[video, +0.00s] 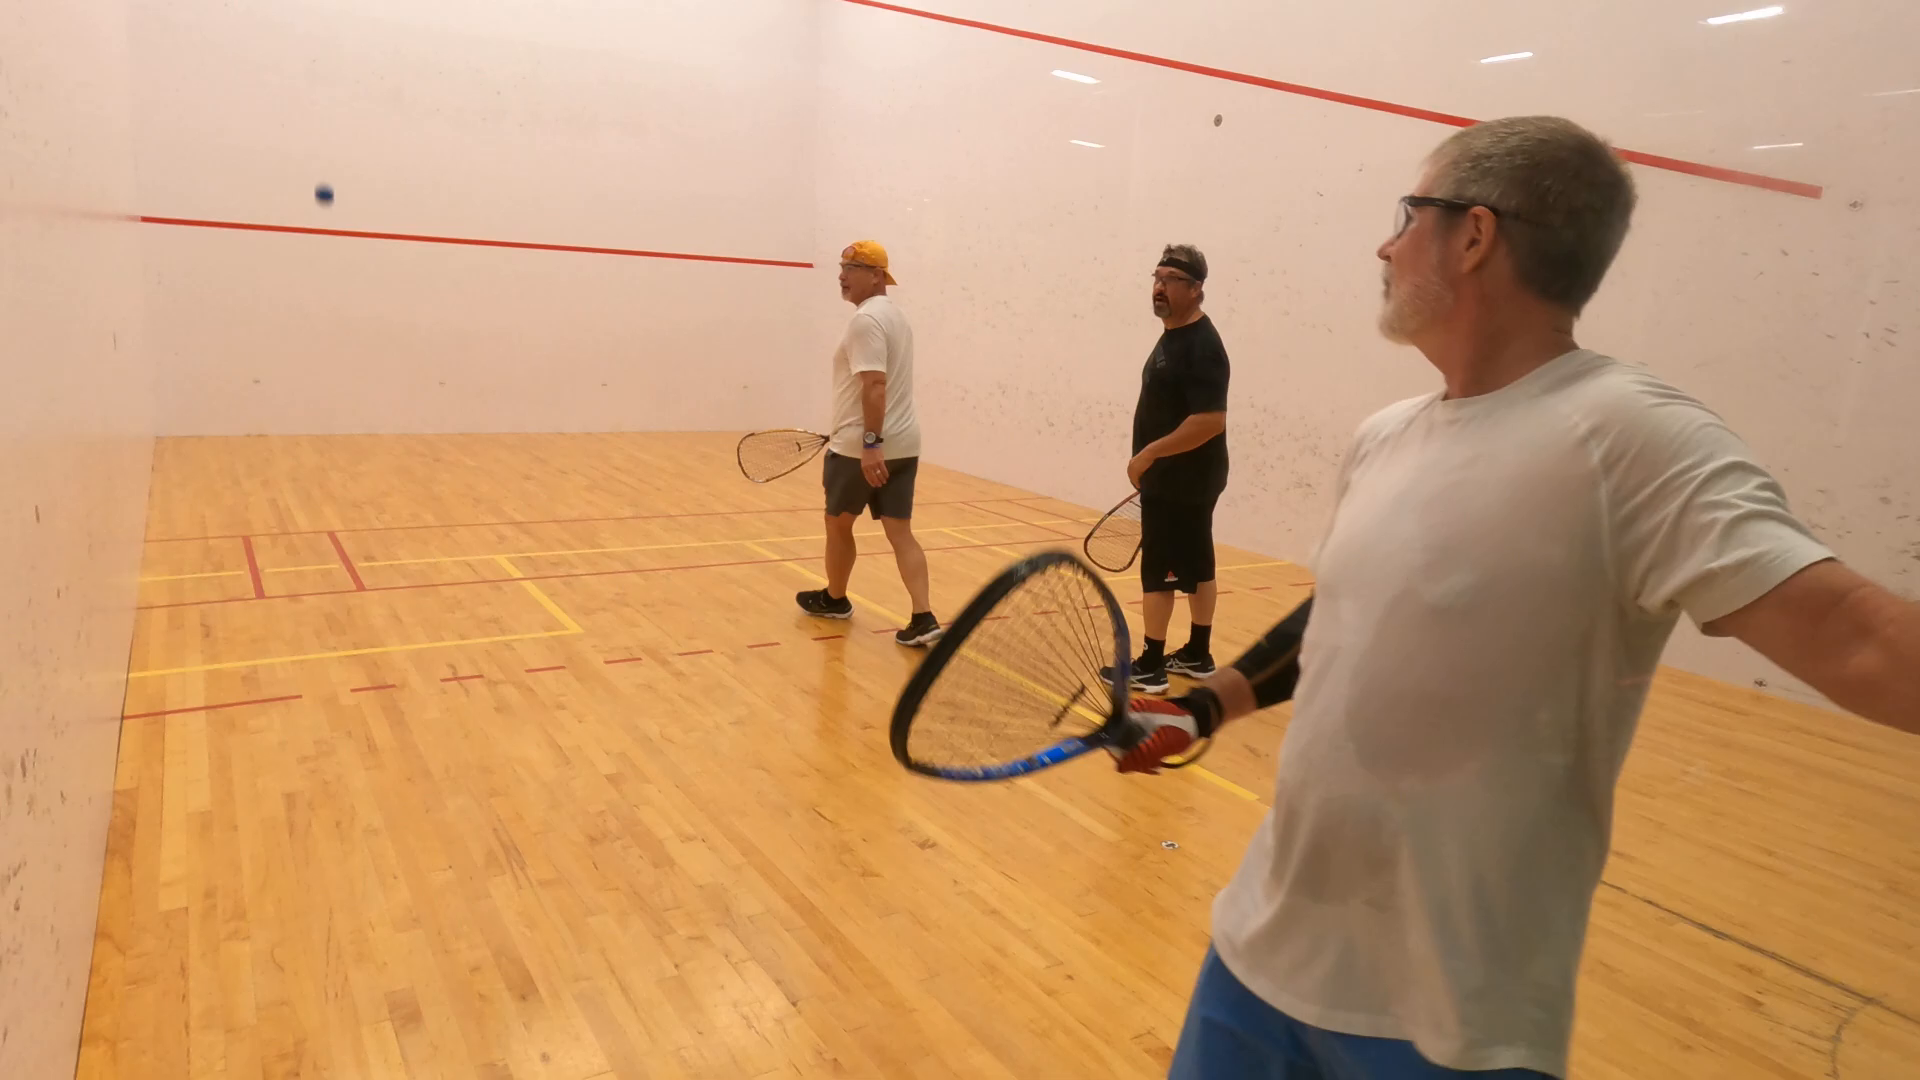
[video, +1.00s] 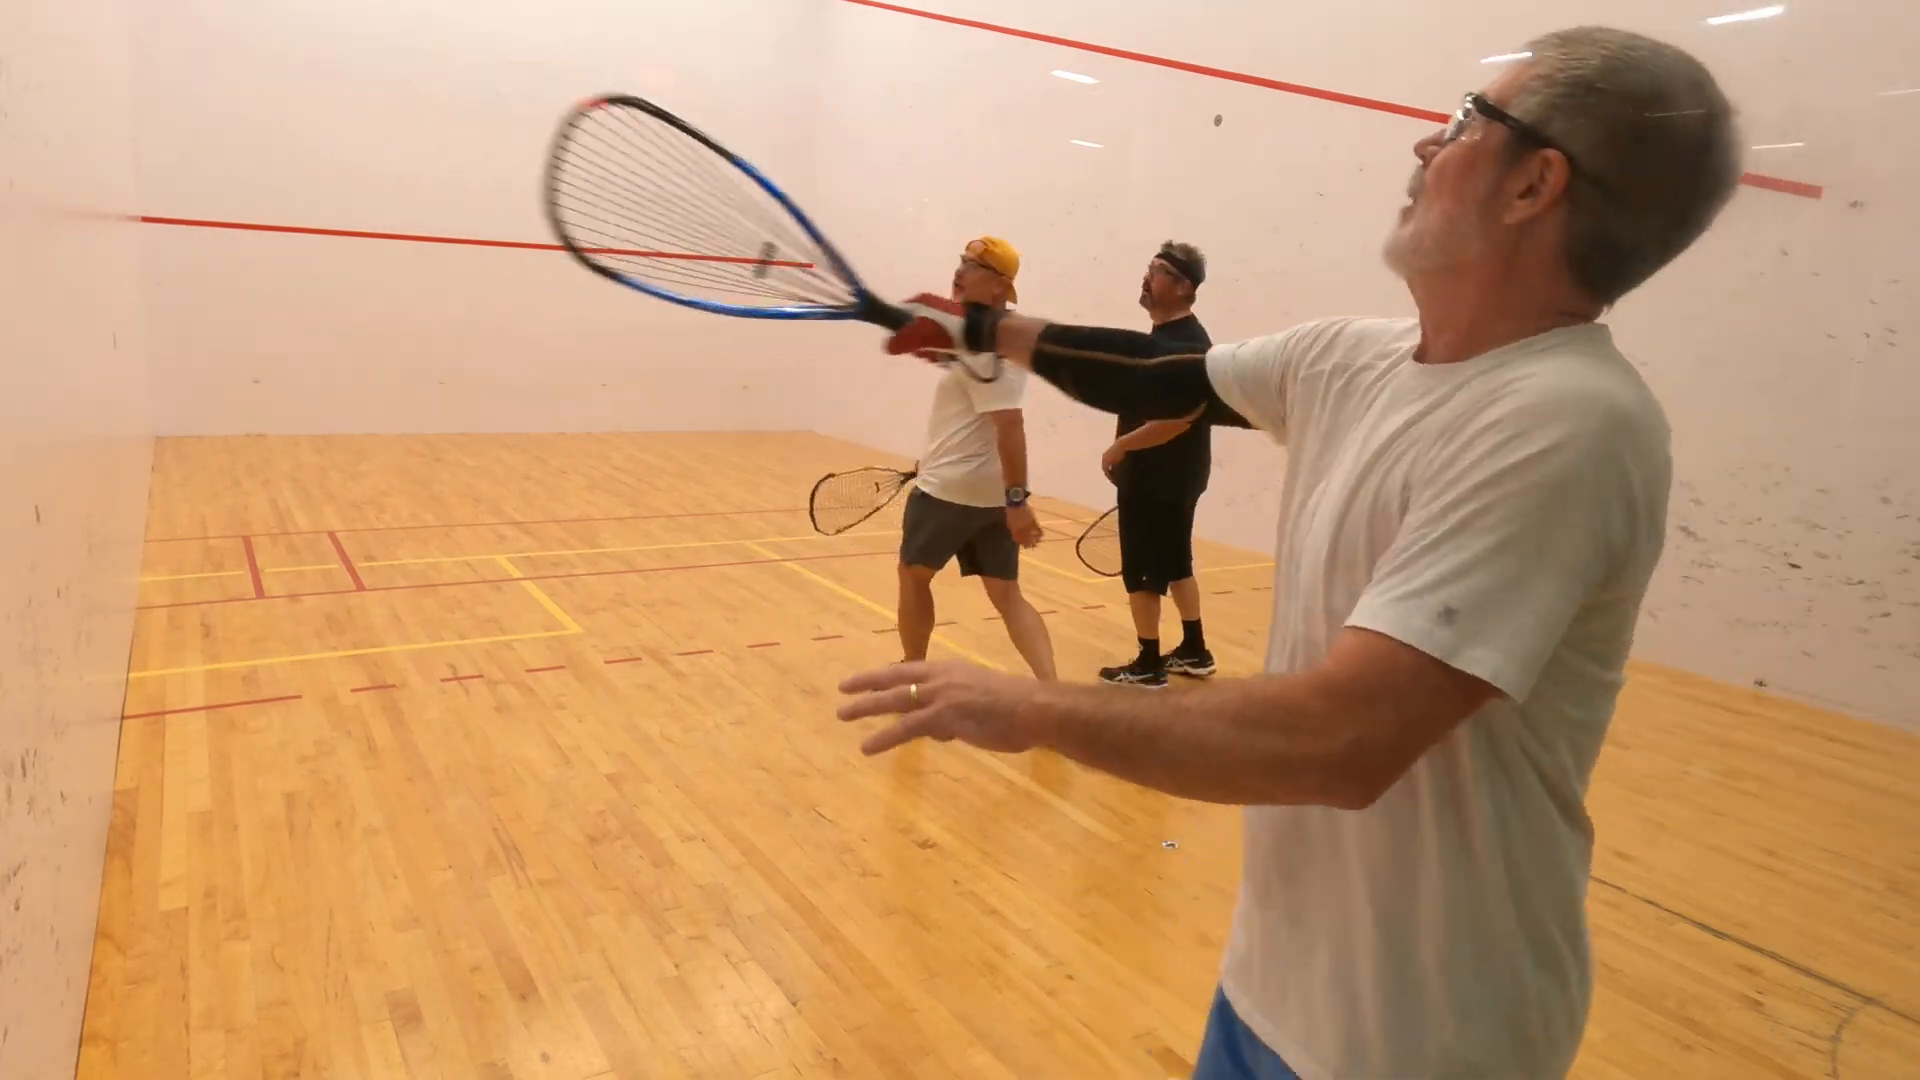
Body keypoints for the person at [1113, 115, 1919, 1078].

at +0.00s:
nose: (1386, 244)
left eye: (1409, 216)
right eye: (1399, 215)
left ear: (1475, 241)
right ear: (1477, 245)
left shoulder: (1628, 434)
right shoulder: (1385, 438)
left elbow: (1858, 635)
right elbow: (1350, 617)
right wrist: (1207, 705)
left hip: (1444, 1018)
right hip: (1257, 961)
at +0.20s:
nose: (1331, 203)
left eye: (1362, 173)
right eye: (1353, 173)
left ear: (1427, 209)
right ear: (1431, 215)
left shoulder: (1566, 441)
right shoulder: (1292, 416)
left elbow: (1799, 677)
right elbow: (1185, 580)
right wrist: (1057, 629)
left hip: (1333, 1031)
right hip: (1169, 963)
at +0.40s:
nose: (1341, 186)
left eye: (1377, 157)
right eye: (1363, 156)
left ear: (1451, 205)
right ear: (1447, 206)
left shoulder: (1564, 463)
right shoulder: (1264, 397)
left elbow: (1774, 734)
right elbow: (1081, 536)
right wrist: (994, 544)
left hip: (1277, 1032)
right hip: (1113, 965)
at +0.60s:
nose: (1385, 185)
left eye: (1430, 162)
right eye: (1416, 156)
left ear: (1507, 233)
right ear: (1503, 233)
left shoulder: (1592, 481)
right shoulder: (1293, 382)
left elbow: (1550, 803)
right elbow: (1048, 507)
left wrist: (1467, 667)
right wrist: (1201, 431)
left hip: (1286, 1036)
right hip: (1111, 957)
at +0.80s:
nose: (1437, 183)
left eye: (1489, 164)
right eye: (1465, 153)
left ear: (1583, 243)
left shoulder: (1601, 477)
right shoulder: (1328, 376)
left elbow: (1308, 717)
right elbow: (1066, 440)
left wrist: (1017, 612)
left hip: (1320, 1034)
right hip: (1169, 953)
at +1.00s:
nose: (1427, 145)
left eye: (1466, 123)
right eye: (1454, 117)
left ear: (1535, 187)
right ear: (1529, 189)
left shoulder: (1570, 427)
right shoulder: (1356, 360)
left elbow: (1341, 742)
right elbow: (1160, 376)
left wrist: (1038, 712)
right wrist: (1001, 338)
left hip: (1418, 1048)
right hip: (1267, 989)